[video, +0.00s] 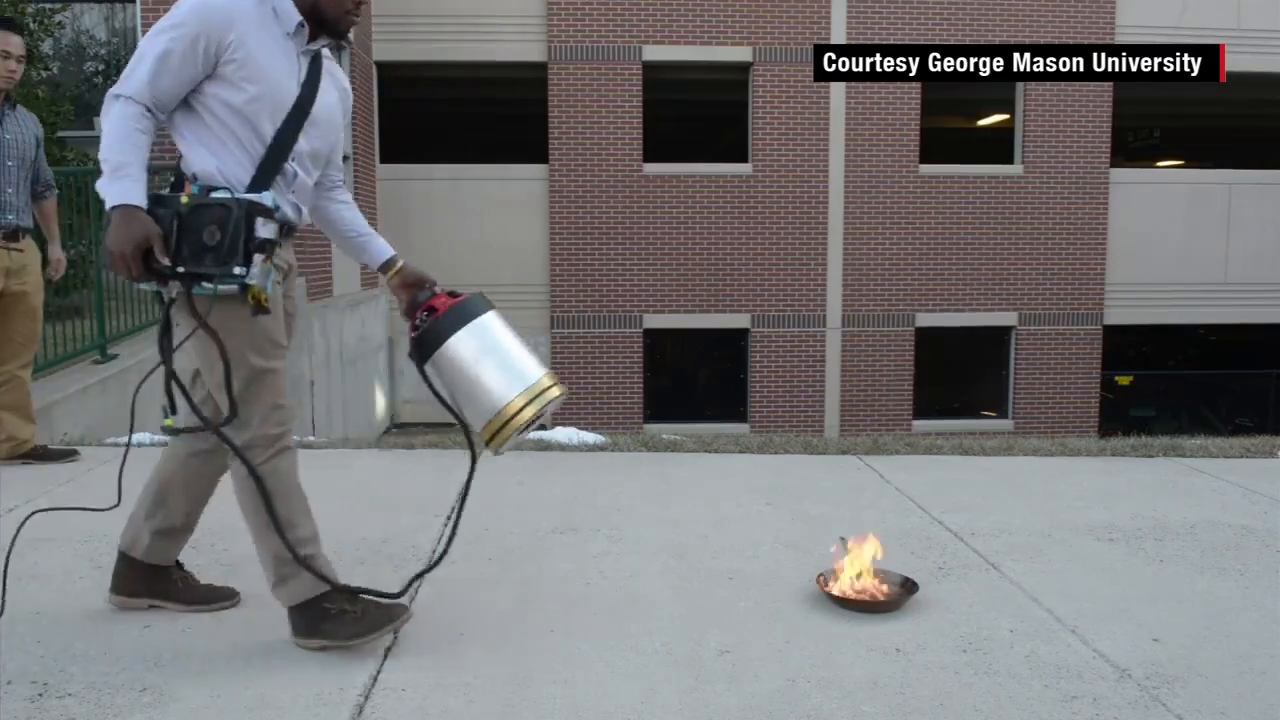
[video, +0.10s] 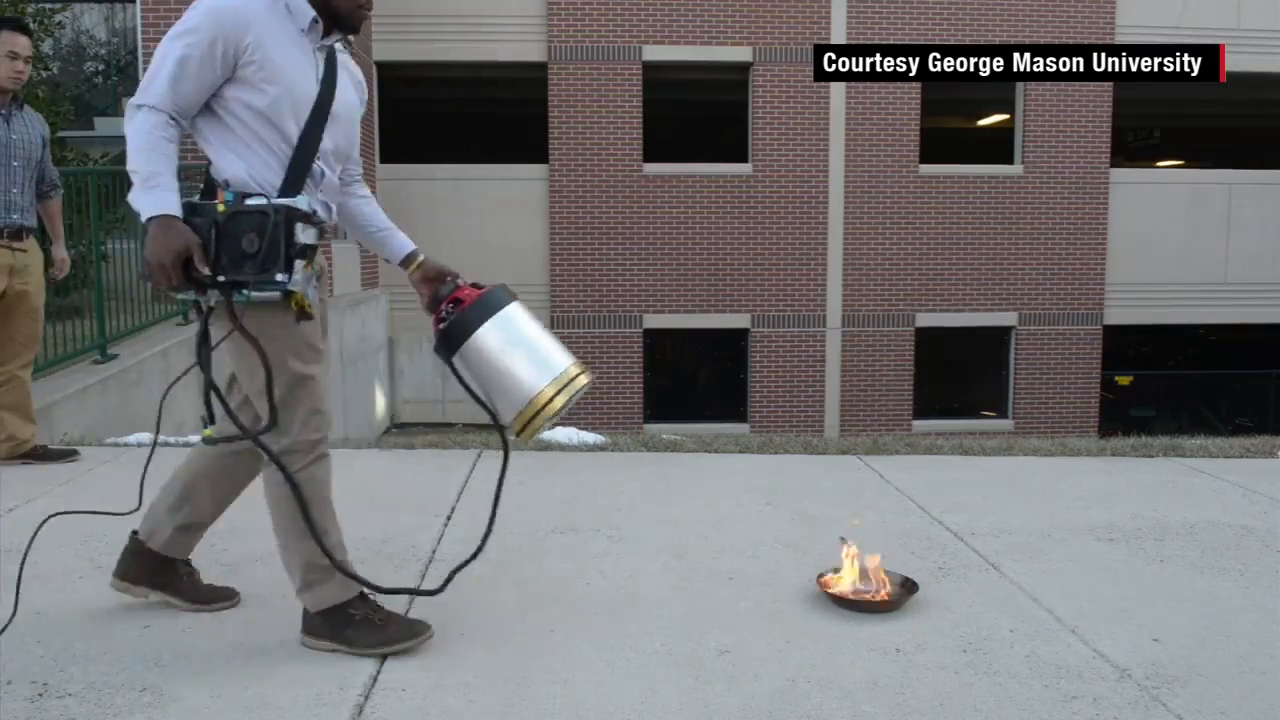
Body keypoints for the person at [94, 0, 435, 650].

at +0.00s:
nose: (362, 8)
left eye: (363, 1)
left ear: (342, 7)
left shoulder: (335, 82)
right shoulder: (222, 15)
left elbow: (326, 192)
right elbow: (130, 101)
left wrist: (390, 265)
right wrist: (126, 204)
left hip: (272, 257)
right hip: (214, 249)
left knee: (214, 419)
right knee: (262, 424)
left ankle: (145, 562)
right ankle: (312, 598)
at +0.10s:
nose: (368, 7)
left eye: (370, 1)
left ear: (349, 7)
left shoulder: (349, 76)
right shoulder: (235, 16)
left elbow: (345, 187)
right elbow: (152, 110)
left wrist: (411, 258)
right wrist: (161, 214)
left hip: (296, 263)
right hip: (246, 255)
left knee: (252, 424)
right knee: (298, 431)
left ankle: (155, 550)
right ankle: (331, 603)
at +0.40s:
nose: (448, 0)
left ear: (428, 1)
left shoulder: (428, 68)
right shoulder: (318, 9)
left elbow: (437, 181)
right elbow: (248, 111)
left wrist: (502, 264)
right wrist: (263, 218)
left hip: (418, 254)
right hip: (350, 253)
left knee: (466, 392)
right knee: (371, 425)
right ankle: (336, 605)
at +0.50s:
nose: (477, 0)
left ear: (457, 5)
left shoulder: (457, 74)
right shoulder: (343, 9)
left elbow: (463, 185)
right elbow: (273, 107)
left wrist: (523, 269)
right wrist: (281, 215)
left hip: (443, 249)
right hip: (372, 251)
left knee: (482, 398)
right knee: (372, 434)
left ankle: (512, 548)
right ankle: (337, 605)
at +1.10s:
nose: (658, 32)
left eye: (664, 20)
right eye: (655, 16)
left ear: (625, 10)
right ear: (617, 2)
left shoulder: (617, 105)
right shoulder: (522, 18)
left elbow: (603, 211)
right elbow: (442, 94)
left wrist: (631, 298)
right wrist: (412, 187)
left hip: (575, 250)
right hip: (499, 235)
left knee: (568, 408)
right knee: (479, 407)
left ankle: (558, 556)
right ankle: (424, 567)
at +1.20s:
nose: (676, 41)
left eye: (682, 29)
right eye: (674, 23)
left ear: (644, 13)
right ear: (636, 4)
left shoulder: (633, 112)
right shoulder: (541, 21)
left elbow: (616, 217)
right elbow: (457, 92)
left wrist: (647, 306)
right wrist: (422, 181)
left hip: (581, 252)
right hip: (506, 237)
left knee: (571, 407)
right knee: (479, 405)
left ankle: (557, 557)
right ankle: (424, 564)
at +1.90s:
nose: (682, 34)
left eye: (689, 22)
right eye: (678, 17)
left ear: (655, 14)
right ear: (639, 2)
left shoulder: (646, 105)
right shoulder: (548, 22)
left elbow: (628, 209)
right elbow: (466, 97)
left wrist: (650, 297)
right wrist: (434, 186)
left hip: (596, 251)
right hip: (518, 237)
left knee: (570, 409)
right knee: (490, 408)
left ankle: (556, 557)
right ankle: (440, 569)